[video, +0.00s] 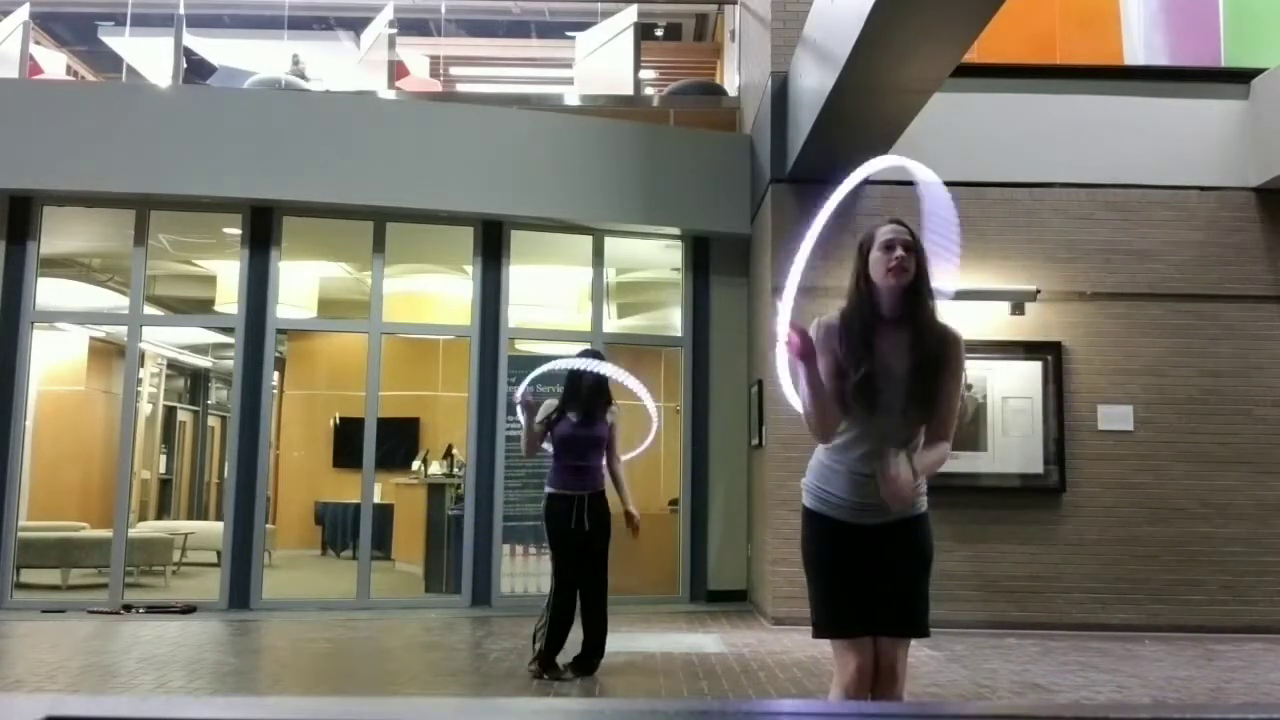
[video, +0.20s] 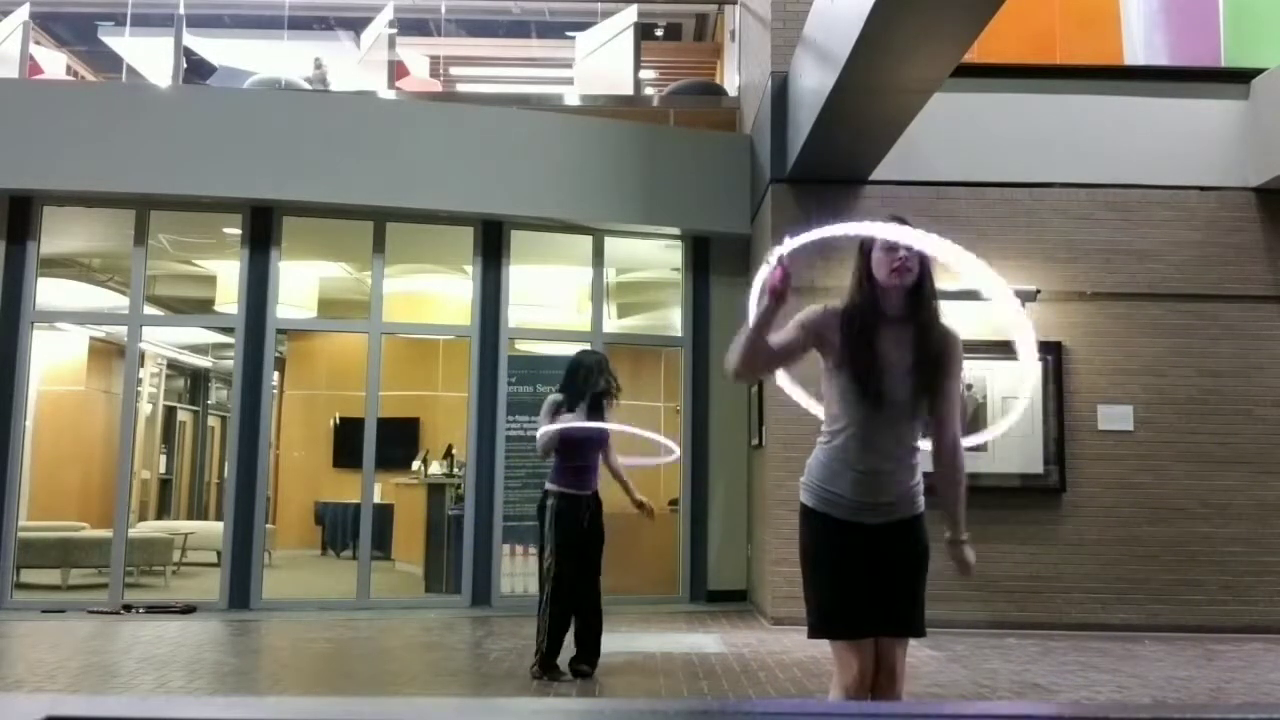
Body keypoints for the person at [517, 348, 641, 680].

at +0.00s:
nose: (590, 382)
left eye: (596, 376)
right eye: (584, 375)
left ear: (603, 380)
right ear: (574, 377)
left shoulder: (607, 414)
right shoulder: (556, 410)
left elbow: (613, 462)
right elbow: (529, 450)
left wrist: (628, 505)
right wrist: (528, 413)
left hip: (594, 502)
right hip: (561, 502)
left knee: (594, 584)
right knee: (566, 582)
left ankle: (589, 659)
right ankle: (546, 657)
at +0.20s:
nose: (603, 384)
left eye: (605, 378)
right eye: (598, 377)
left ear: (602, 379)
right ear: (580, 376)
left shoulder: (600, 409)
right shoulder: (556, 403)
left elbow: (610, 457)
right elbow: (542, 448)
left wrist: (633, 495)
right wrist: (564, 419)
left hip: (590, 503)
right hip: (560, 502)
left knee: (589, 582)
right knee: (559, 581)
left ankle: (585, 660)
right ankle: (545, 661)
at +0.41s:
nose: (609, 380)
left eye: (607, 373)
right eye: (606, 373)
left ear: (576, 373)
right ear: (596, 374)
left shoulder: (569, 400)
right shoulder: (589, 399)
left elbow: (570, 460)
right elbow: (594, 447)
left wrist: (596, 492)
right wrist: (612, 433)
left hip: (562, 498)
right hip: (577, 501)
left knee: (580, 579)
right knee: (568, 577)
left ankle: (580, 659)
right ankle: (542, 660)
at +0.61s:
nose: (603, 385)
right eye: (602, 378)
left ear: (571, 380)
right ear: (604, 382)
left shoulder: (560, 412)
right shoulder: (611, 412)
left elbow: (552, 457)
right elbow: (621, 463)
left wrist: (559, 475)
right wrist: (624, 457)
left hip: (570, 504)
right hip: (603, 506)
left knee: (568, 577)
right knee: (602, 580)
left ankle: (567, 654)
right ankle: (575, 634)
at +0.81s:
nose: (568, 389)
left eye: (568, 384)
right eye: (567, 384)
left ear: (575, 381)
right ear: (600, 376)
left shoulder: (583, 403)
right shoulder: (619, 402)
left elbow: (575, 452)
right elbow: (638, 444)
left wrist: (546, 481)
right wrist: (605, 449)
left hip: (590, 504)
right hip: (616, 505)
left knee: (578, 581)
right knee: (605, 583)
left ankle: (566, 661)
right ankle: (617, 660)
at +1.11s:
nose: (579, 389)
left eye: (581, 383)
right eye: (580, 383)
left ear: (586, 384)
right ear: (616, 377)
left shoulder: (593, 413)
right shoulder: (637, 407)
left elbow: (585, 456)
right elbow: (642, 445)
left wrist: (559, 486)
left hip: (607, 503)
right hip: (638, 502)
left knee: (608, 575)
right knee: (630, 576)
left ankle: (612, 652)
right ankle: (617, 648)